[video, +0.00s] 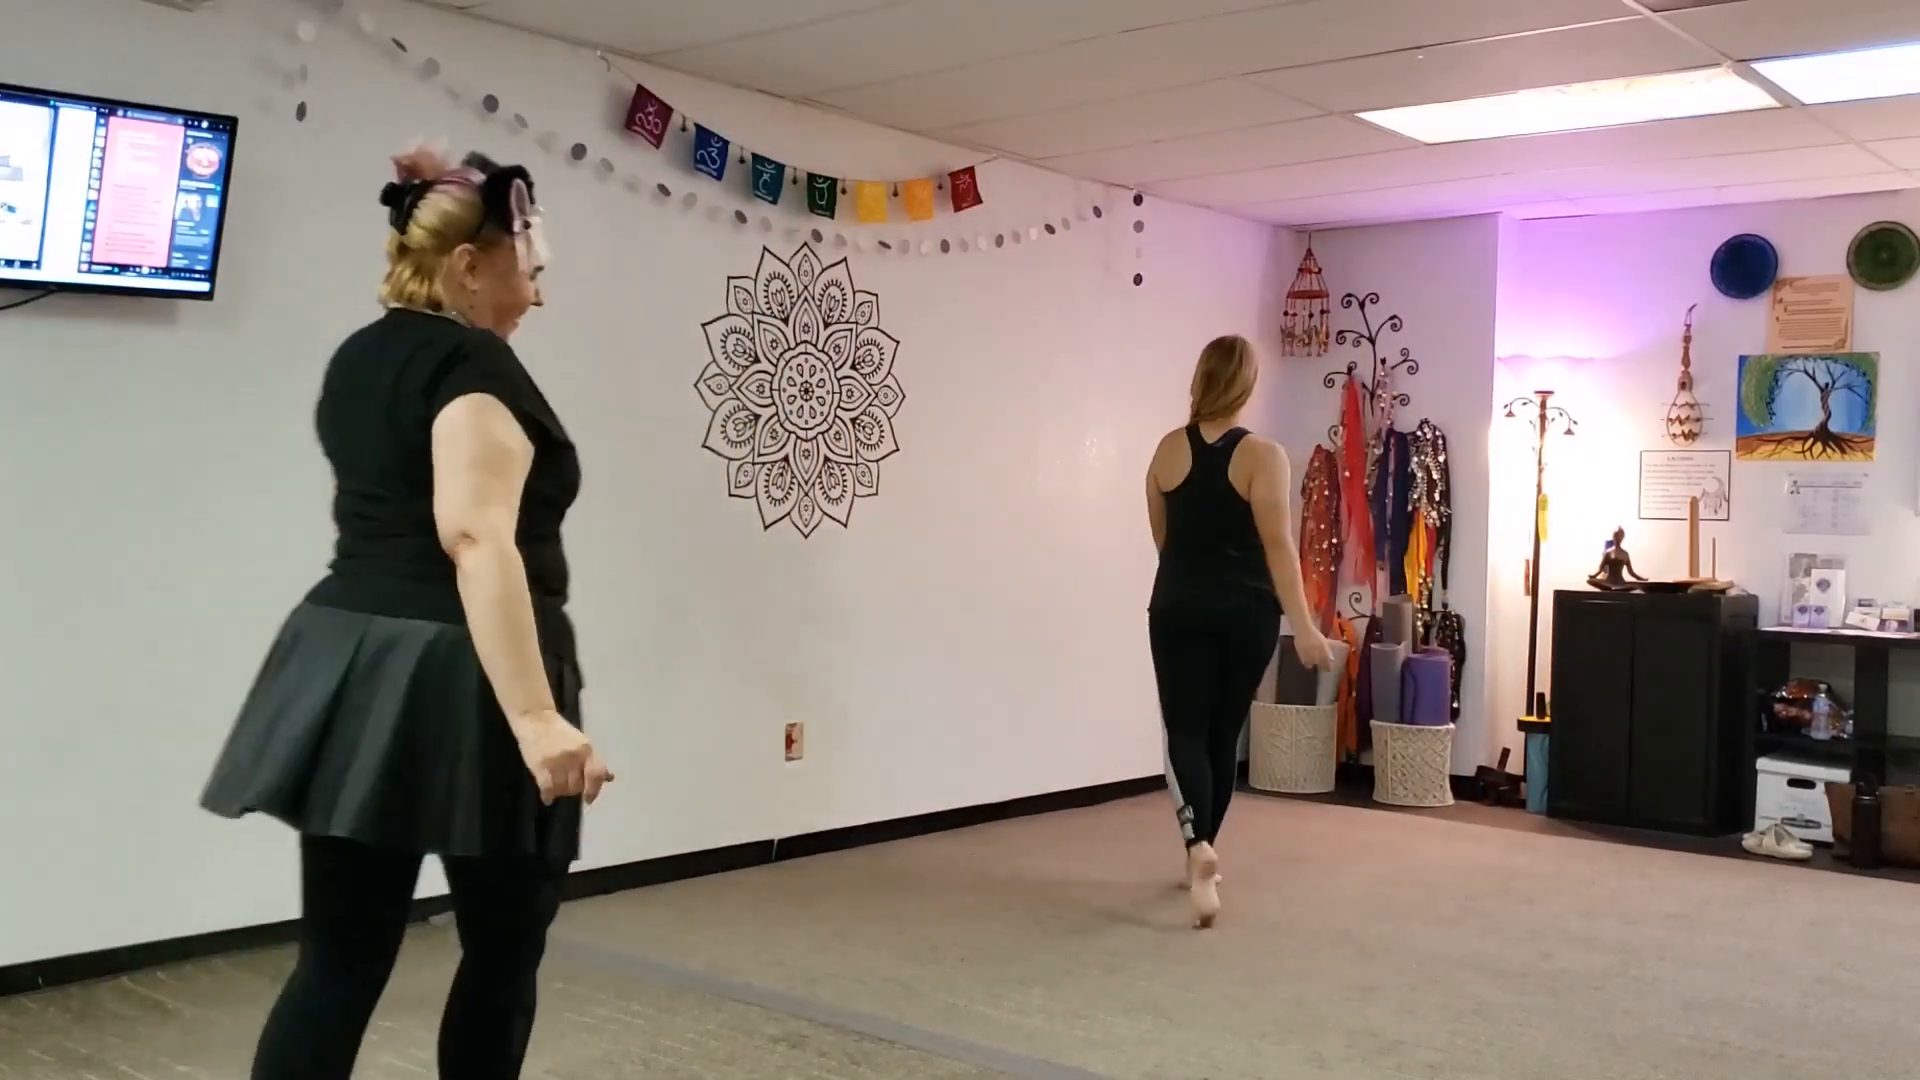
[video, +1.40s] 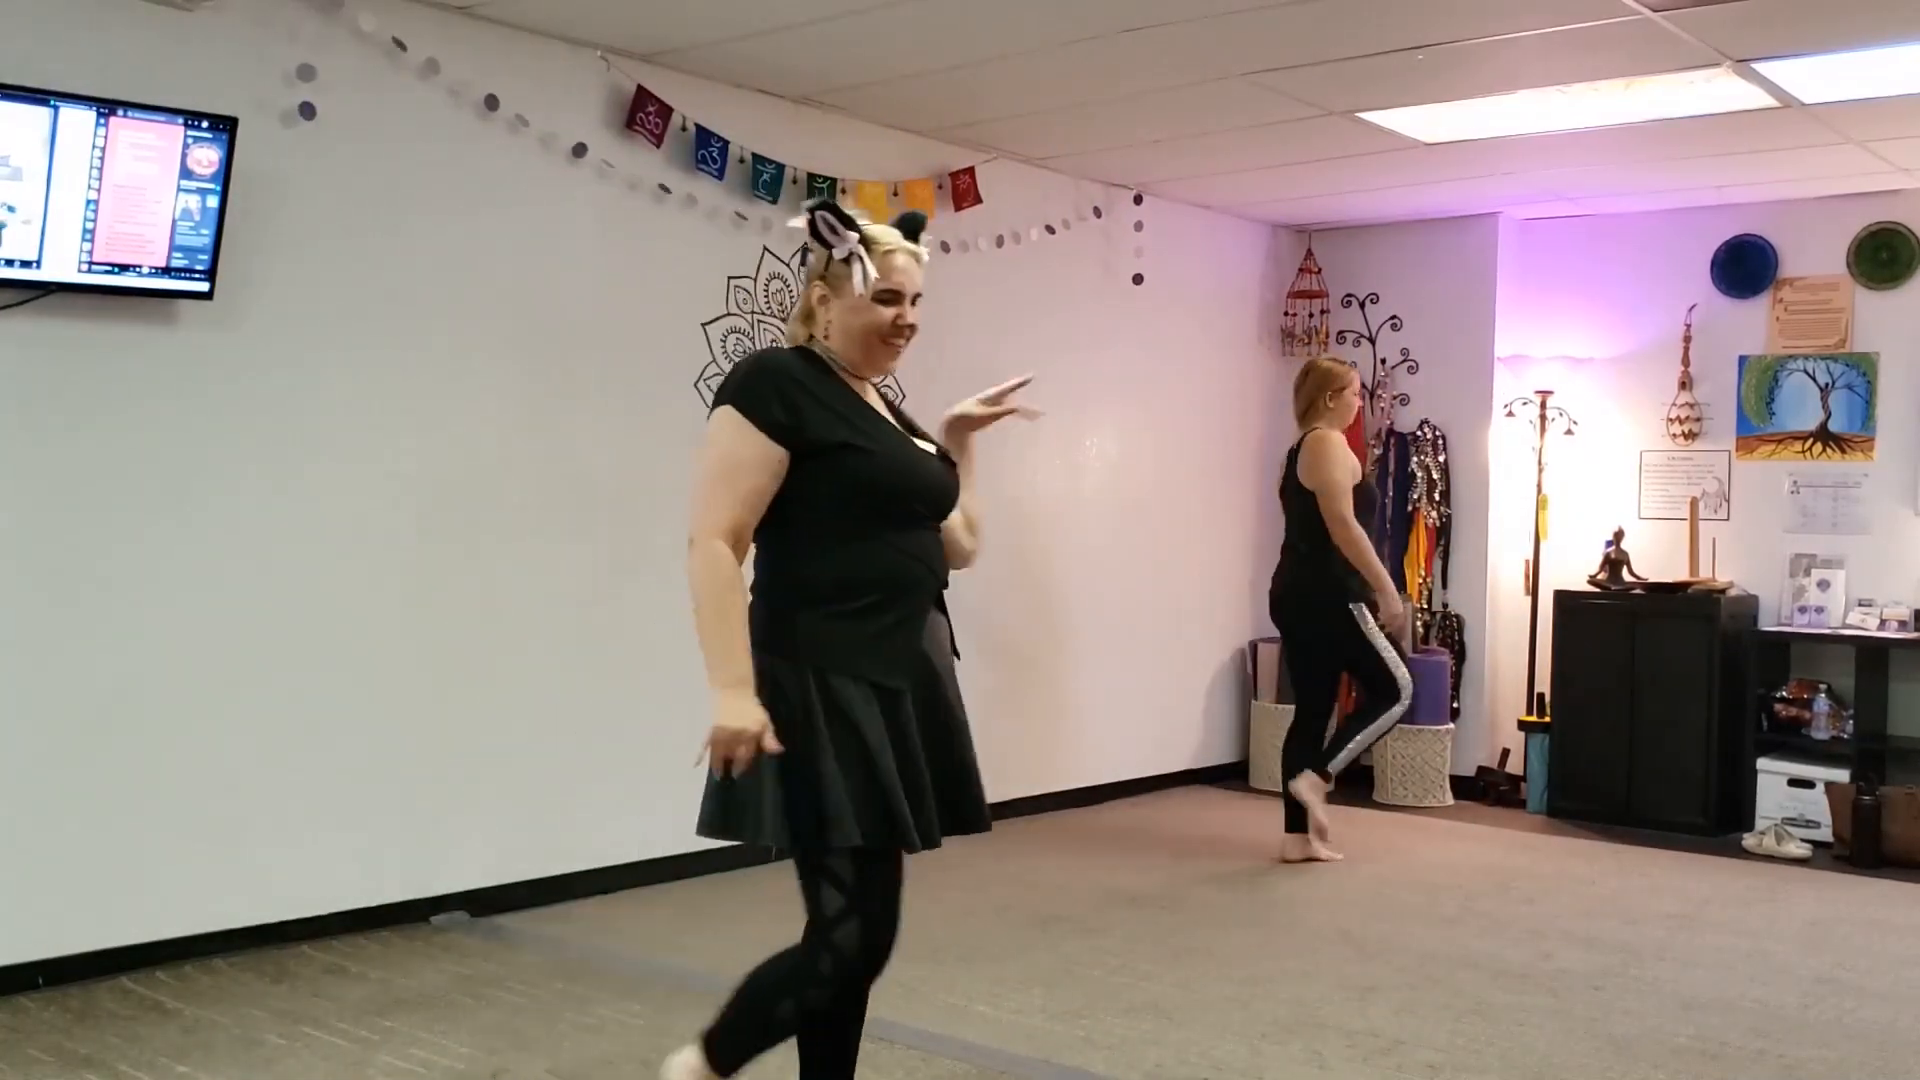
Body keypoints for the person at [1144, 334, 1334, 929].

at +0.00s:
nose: (1253, 387)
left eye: (1241, 375)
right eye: (1254, 379)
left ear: (1199, 379)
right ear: (1249, 385)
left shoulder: (1168, 450)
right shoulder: (1264, 455)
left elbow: (1161, 537)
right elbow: (1277, 546)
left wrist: (1190, 582)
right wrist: (1305, 628)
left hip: (1177, 606)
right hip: (1248, 611)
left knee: (1184, 729)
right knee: (1223, 732)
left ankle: (1200, 844)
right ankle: (1203, 860)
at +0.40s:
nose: (1252, 395)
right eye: (1253, 388)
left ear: (1202, 388)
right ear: (1251, 393)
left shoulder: (1172, 458)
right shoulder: (1272, 465)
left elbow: (1133, 528)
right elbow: (1299, 552)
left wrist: (1103, 594)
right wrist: (1345, 624)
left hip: (1186, 613)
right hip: (1252, 617)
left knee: (1230, 705)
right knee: (1220, 727)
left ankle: (1198, 817)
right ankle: (1196, 861)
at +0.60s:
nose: (1257, 395)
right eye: (1260, 387)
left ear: (1212, 394)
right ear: (1260, 396)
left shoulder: (1188, 459)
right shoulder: (1290, 465)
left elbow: (1146, 527)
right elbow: (1316, 551)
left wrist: (1104, 586)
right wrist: (1349, 619)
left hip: (1196, 609)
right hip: (1256, 613)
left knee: (1248, 706)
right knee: (1226, 726)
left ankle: (1279, 819)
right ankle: (1198, 858)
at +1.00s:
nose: (1307, 402)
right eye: (1304, 395)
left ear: (1255, 401)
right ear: (1300, 401)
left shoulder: (1237, 468)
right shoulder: (1334, 455)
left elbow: (1207, 545)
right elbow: (1354, 540)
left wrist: (1167, 600)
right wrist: (1363, 608)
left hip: (1249, 601)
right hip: (1307, 603)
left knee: (1277, 713)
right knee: (1272, 716)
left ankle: (1291, 834)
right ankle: (1217, 824)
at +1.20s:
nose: (1331, 404)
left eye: (1328, 396)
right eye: (1328, 397)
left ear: (1280, 403)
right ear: (1320, 401)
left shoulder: (1262, 470)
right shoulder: (1342, 448)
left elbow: (1248, 544)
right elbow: (1366, 528)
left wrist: (1237, 594)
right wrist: (1385, 597)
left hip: (1273, 602)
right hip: (1323, 600)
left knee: (1295, 711)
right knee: (1348, 715)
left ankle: (1296, 836)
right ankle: (1256, 784)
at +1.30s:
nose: (1345, 407)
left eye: (1345, 399)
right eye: (1343, 399)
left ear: (1296, 402)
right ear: (1328, 401)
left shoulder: (1277, 464)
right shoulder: (1337, 444)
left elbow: (1274, 542)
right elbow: (1355, 523)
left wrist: (1280, 588)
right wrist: (1389, 591)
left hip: (1281, 596)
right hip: (1326, 596)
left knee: (1306, 708)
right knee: (1376, 704)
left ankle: (1297, 836)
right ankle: (1283, 772)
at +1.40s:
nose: (1361, 400)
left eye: (1360, 392)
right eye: (1356, 393)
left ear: (1320, 399)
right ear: (1333, 398)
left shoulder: (1305, 448)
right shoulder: (1329, 444)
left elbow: (1317, 530)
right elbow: (1341, 525)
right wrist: (1388, 591)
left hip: (1296, 592)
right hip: (1327, 593)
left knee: (1312, 707)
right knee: (1396, 691)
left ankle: (1298, 837)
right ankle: (1318, 777)